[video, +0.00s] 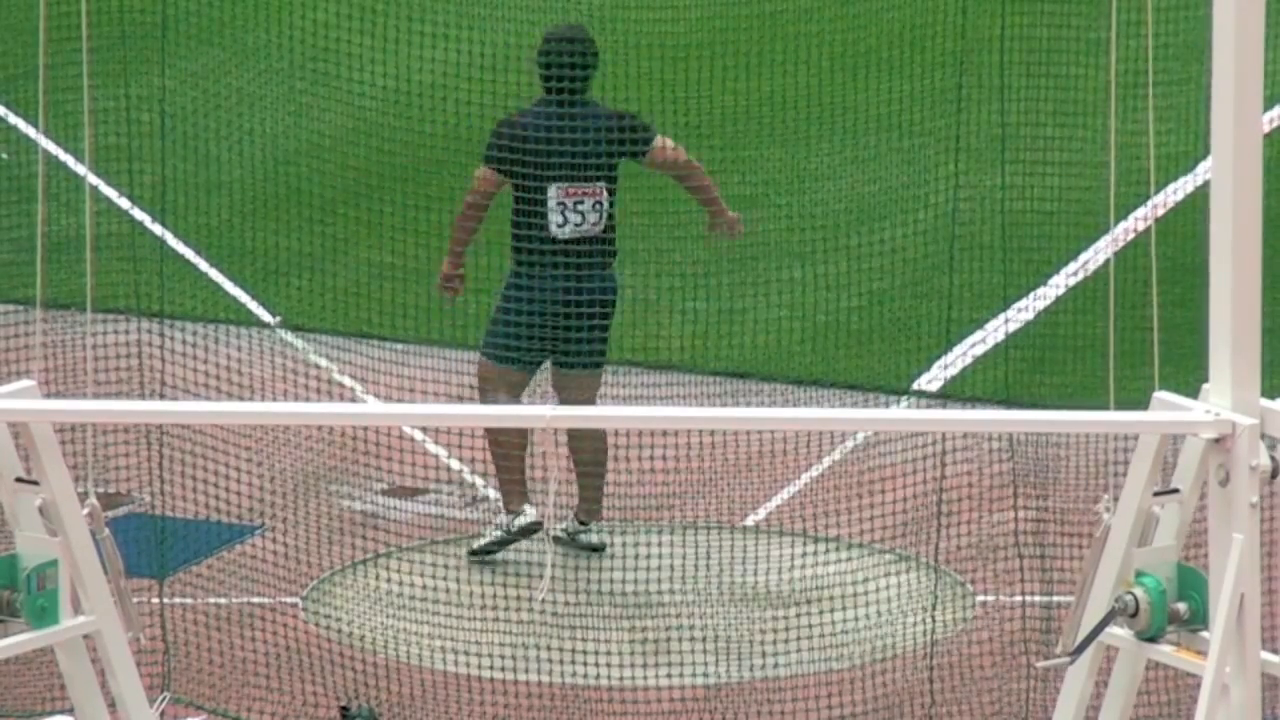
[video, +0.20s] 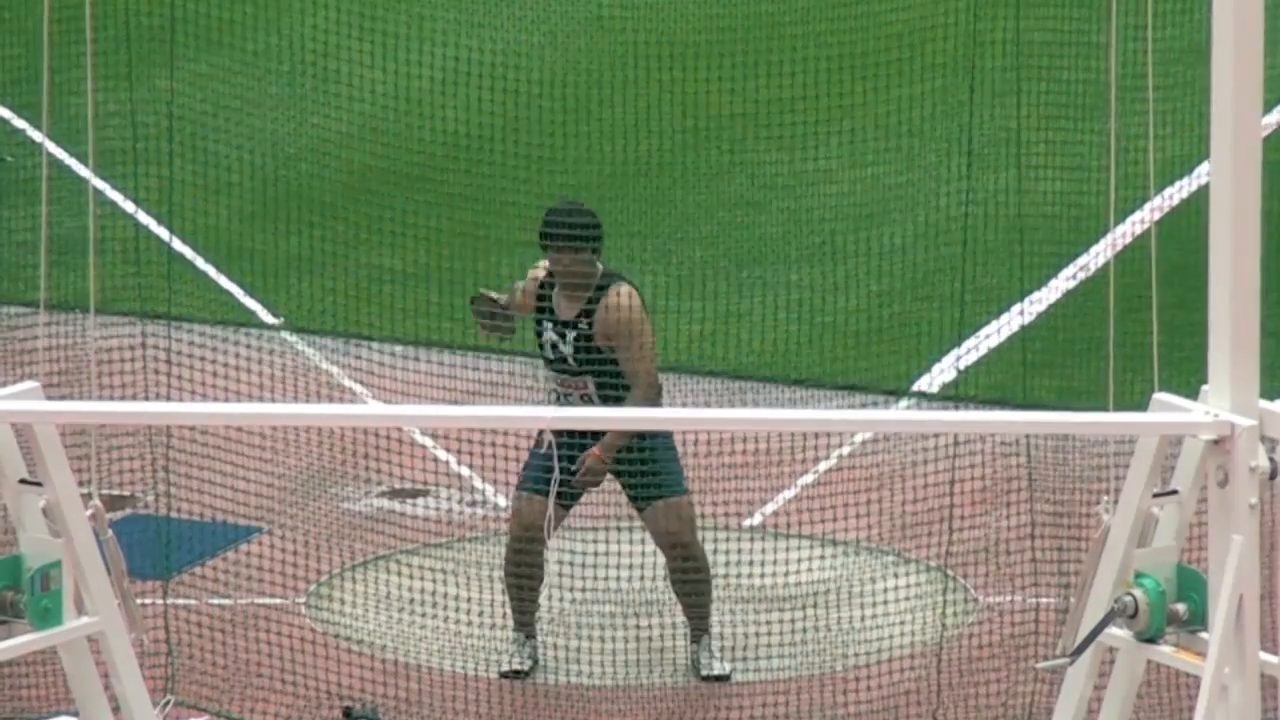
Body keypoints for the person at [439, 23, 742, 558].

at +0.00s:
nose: (565, 76)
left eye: (556, 65)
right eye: (572, 65)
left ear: (542, 70)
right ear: (591, 71)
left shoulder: (517, 128)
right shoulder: (613, 126)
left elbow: (481, 192)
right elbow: (677, 161)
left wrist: (454, 257)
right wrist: (719, 208)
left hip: (533, 284)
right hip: (595, 284)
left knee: (496, 385)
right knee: (580, 398)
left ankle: (517, 509)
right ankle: (588, 522)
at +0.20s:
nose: (567, 260)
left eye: (577, 250)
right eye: (559, 250)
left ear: (596, 252)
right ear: (547, 251)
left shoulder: (620, 303)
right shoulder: (540, 282)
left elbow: (647, 392)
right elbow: (510, 311)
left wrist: (606, 451)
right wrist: (494, 313)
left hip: (633, 427)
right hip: (570, 425)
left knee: (679, 538)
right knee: (524, 525)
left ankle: (703, 642)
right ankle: (524, 641)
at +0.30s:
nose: (589, 266)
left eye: (597, 256)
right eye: (578, 256)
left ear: (608, 255)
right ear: (558, 257)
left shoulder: (628, 307)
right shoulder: (548, 279)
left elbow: (650, 397)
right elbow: (513, 261)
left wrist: (600, 451)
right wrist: (487, 253)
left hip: (634, 430)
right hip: (570, 427)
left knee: (683, 538)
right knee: (525, 527)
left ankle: (702, 642)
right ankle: (524, 641)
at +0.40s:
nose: (585, 265)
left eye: (594, 256)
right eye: (578, 256)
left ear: (614, 259)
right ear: (567, 257)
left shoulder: (638, 310)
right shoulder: (552, 278)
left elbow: (656, 397)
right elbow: (506, 245)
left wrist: (607, 446)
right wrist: (468, 219)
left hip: (642, 429)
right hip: (576, 426)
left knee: (688, 533)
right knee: (530, 524)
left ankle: (703, 642)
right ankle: (524, 640)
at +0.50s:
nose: (601, 279)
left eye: (610, 270)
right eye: (592, 269)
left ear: (628, 265)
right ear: (580, 263)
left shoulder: (651, 314)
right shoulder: (561, 281)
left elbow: (669, 404)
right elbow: (500, 256)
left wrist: (616, 446)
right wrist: (449, 228)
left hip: (650, 431)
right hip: (583, 428)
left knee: (695, 533)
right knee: (532, 525)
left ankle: (705, 642)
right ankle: (525, 640)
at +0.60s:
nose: (617, 275)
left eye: (627, 265)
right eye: (608, 264)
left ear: (643, 266)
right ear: (594, 264)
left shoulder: (667, 316)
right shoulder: (569, 292)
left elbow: (687, 403)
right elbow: (498, 285)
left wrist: (634, 442)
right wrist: (429, 273)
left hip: (661, 431)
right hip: (588, 427)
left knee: (701, 531)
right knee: (536, 526)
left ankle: (705, 643)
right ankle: (524, 642)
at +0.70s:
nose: (632, 274)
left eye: (642, 264)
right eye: (623, 263)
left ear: (657, 267)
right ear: (607, 264)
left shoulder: (684, 316)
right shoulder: (581, 306)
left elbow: (703, 397)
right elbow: (512, 333)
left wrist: (654, 442)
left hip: (669, 429)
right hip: (596, 427)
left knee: (705, 529)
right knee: (542, 524)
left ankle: (706, 643)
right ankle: (524, 641)